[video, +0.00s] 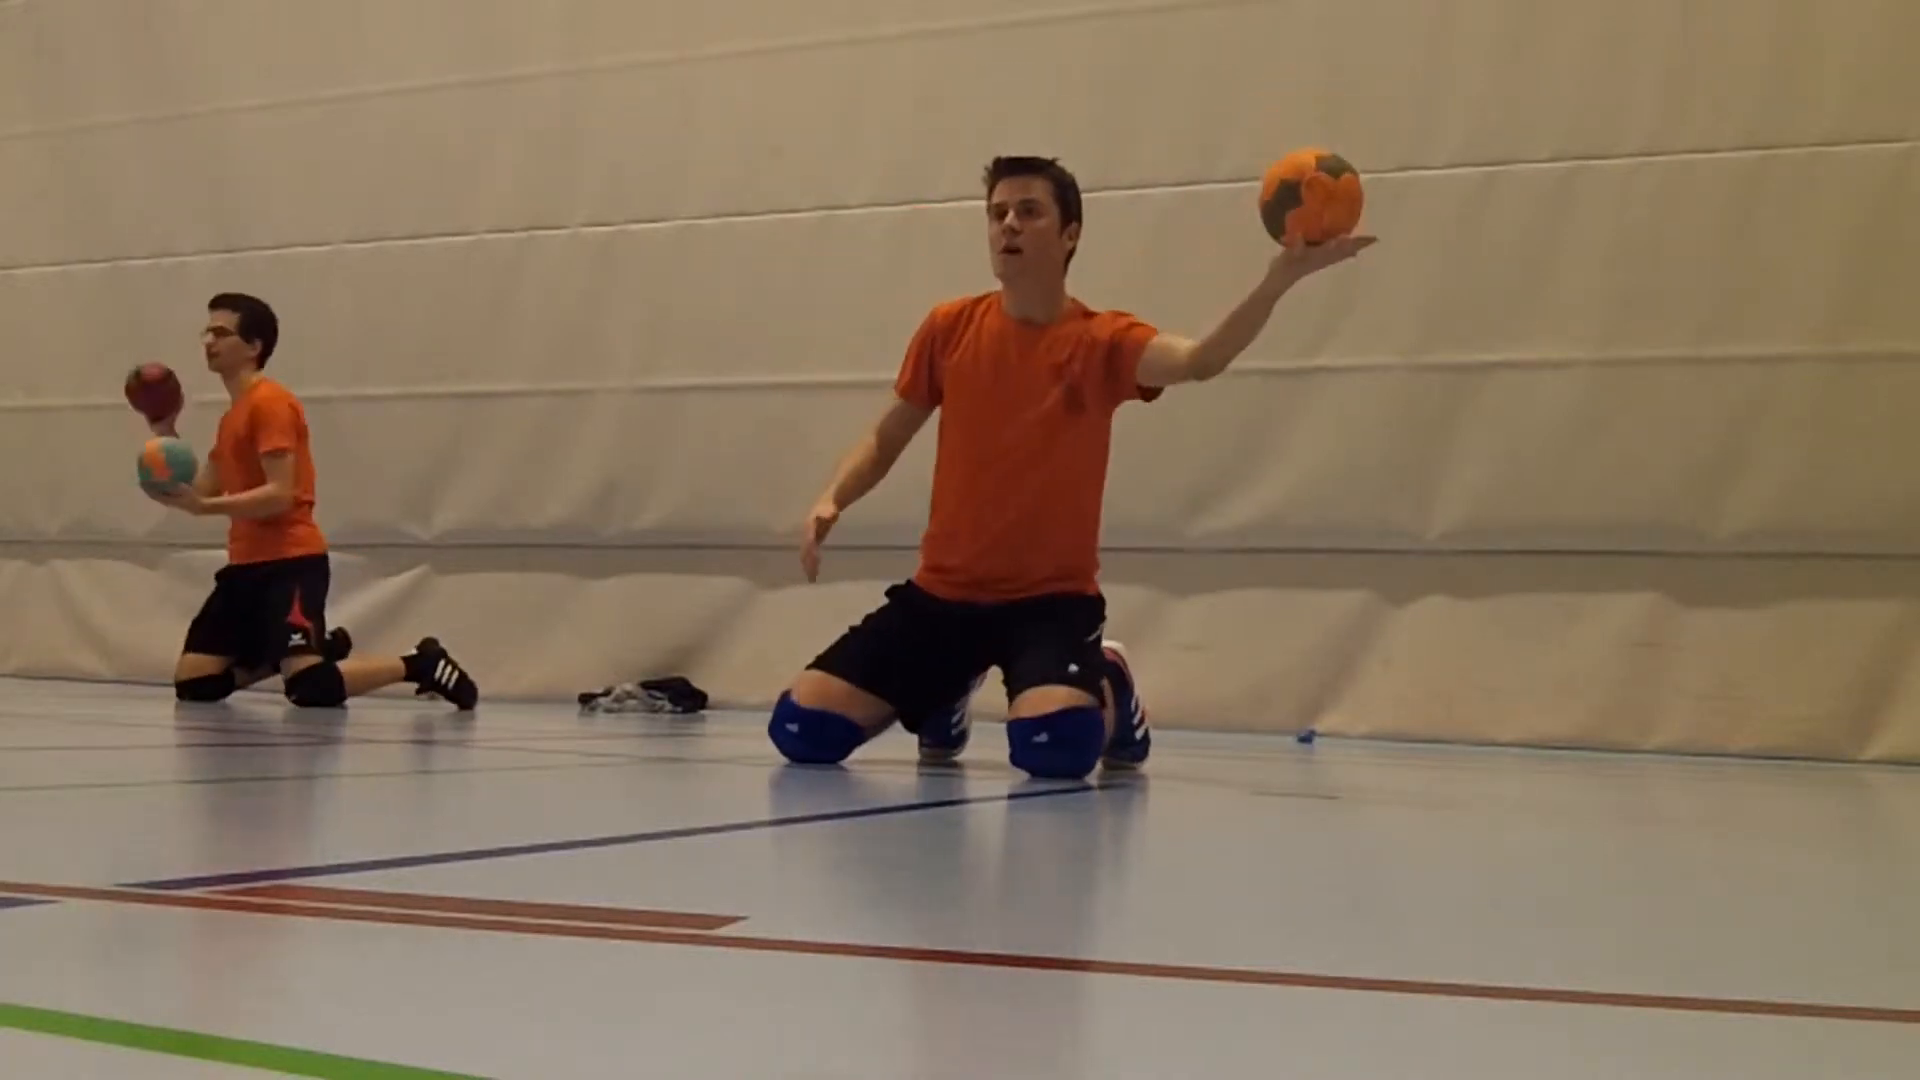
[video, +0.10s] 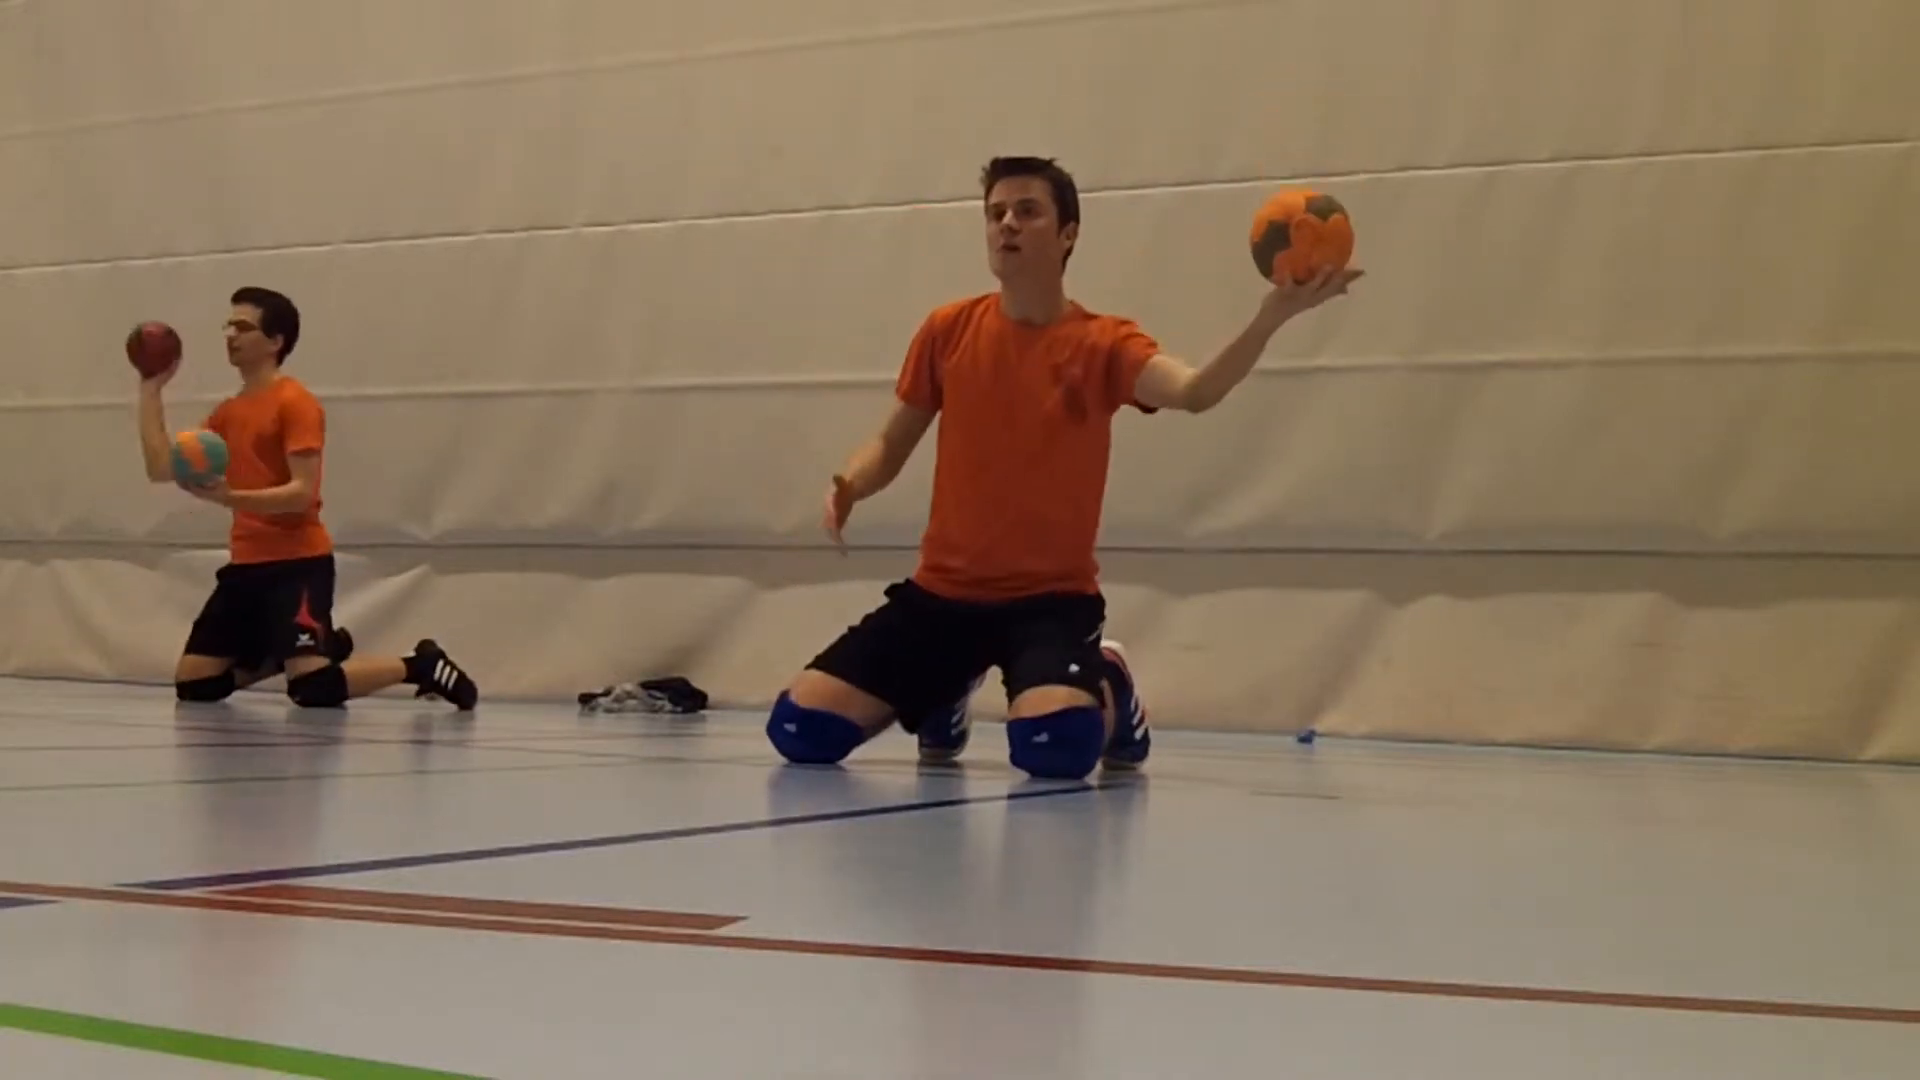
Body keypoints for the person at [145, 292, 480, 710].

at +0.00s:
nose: (207, 342)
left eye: (220, 333)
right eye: (207, 333)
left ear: (254, 346)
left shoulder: (270, 401)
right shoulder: (233, 417)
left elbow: (281, 494)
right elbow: (204, 491)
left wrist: (203, 506)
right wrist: (166, 437)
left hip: (292, 564)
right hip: (244, 570)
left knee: (309, 687)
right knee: (196, 686)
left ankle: (421, 666)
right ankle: (314, 651)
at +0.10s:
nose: (229, 335)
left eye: (242, 327)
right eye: (229, 326)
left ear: (276, 341)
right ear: (230, 335)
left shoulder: (296, 402)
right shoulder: (227, 413)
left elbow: (303, 495)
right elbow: (161, 468)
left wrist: (226, 495)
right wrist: (150, 386)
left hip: (299, 565)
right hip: (245, 568)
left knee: (312, 689)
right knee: (195, 687)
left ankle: (420, 668)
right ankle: (312, 650)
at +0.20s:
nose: (244, 333)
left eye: (258, 326)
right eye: (244, 324)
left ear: (291, 341)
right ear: (245, 332)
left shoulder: (313, 406)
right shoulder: (232, 404)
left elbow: (326, 493)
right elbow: (142, 417)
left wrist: (267, 495)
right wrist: (118, 336)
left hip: (308, 566)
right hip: (250, 568)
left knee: (315, 690)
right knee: (197, 686)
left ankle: (418, 667)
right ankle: (313, 654)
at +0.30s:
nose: (254, 332)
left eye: (268, 324)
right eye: (252, 323)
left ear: (301, 338)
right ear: (249, 332)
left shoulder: (323, 405)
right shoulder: (241, 399)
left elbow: (348, 492)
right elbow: (150, 396)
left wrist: (314, 486)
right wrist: (110, 328)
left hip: (312, 565)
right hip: (253, 567)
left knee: (316, 689)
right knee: (200, 685)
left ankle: (418, 663)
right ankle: (310, 652)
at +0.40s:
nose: (261, 332)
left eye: (274, 324)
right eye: (260, 323)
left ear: (308, 336)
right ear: (258, 329)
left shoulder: (333, 405)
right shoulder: (248, 401)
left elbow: (366, 490)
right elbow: (164, 437)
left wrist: (352, 467)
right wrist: (138, 382)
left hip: (312, 566)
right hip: (254, 567)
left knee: (315, 691)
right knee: (202, 687)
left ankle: (408, 659)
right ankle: (308, 652)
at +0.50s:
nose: (268, 335)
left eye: (280, 326)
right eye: (266, 325)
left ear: (314, 338)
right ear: (261, 330)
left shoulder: (338, 406)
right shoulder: (250, 405)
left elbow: (373, 480)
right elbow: (192, 475)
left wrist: (394, 462)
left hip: (314, 569)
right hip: (254, 569)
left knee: (317, 691)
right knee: (201, 686)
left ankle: (394, 655)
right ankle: (306, 654)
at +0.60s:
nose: (271, 339)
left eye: (284, 330)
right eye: (268, 329)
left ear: (317, 341)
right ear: (264, 333)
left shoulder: (338, 406)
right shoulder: (252, 407)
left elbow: (383, 474)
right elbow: (217, 491)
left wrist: (423, 457)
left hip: (314, 569)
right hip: (253, 568)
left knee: (316, 692)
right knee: (198, 686)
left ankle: (379, 653)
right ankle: (312, 657)